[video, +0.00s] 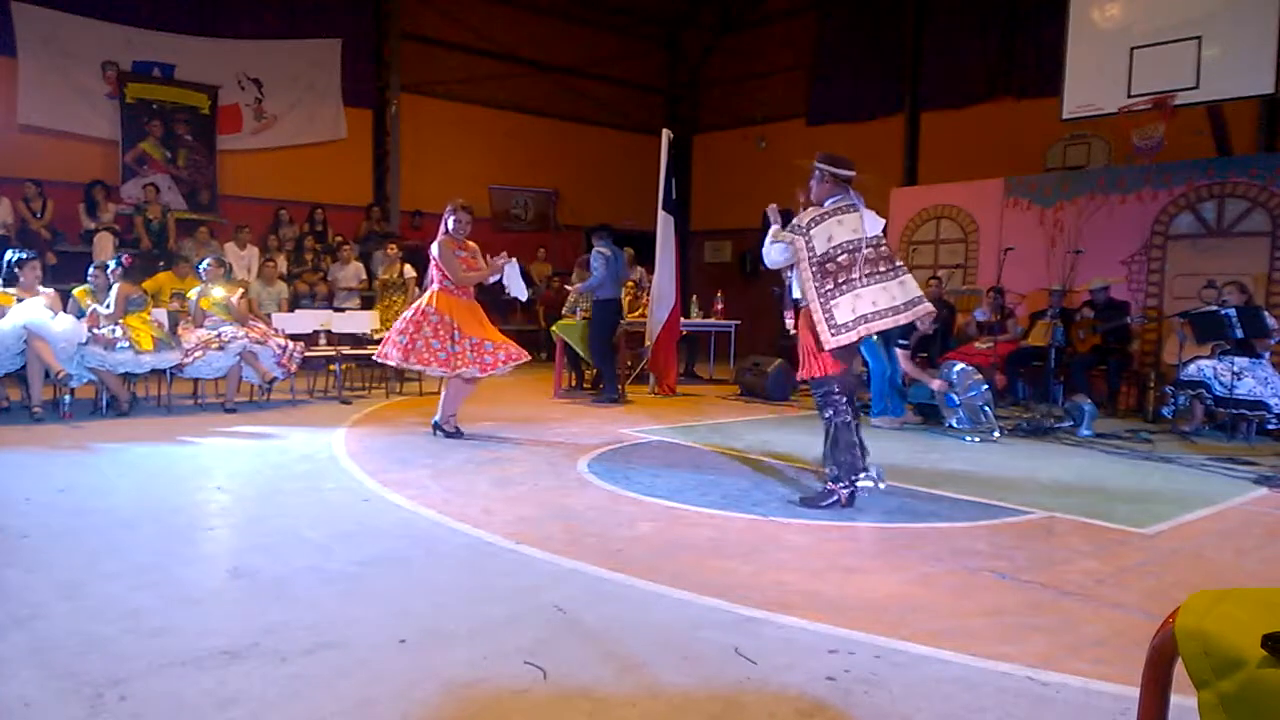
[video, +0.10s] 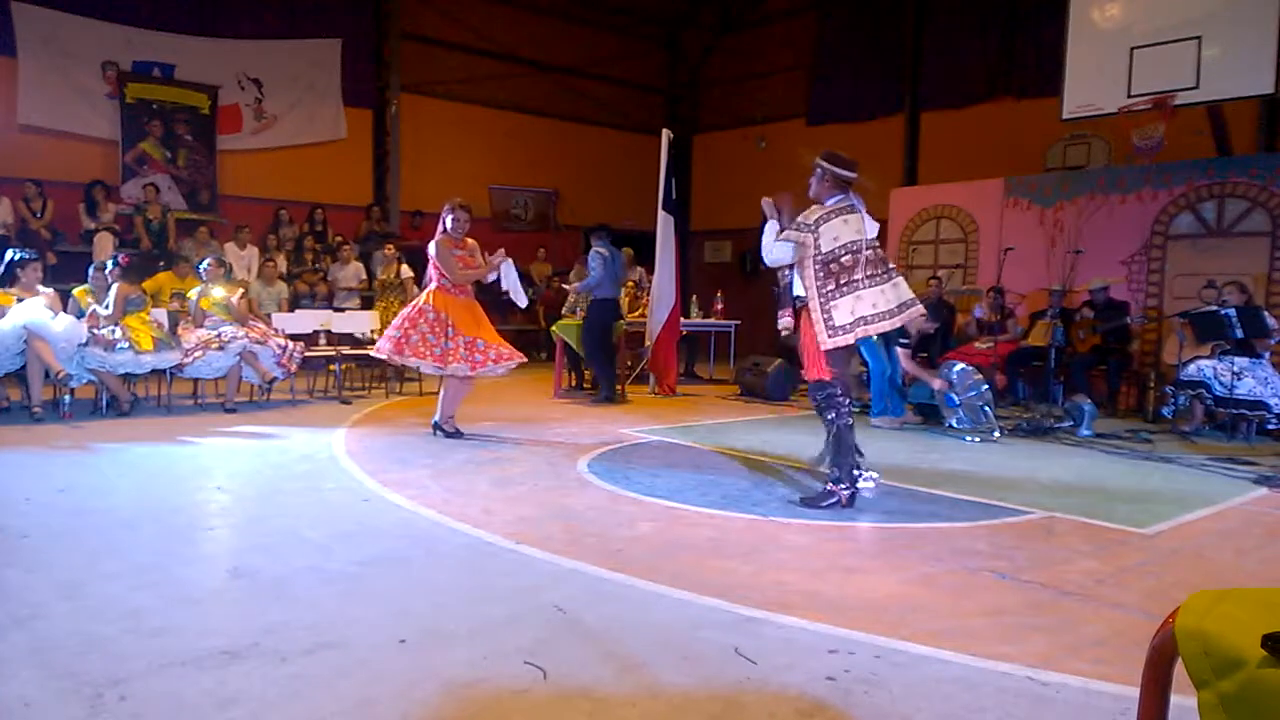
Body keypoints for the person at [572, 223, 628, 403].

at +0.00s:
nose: (593, 242)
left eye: (594, 239)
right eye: (593, 239)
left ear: (598, 239)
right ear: (609, 238)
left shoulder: (598, 252)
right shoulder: (619, 253)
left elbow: (600, 275)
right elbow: (624, 275)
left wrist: (580, 288)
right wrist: (609, 282)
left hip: (602, 302)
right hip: (615, 302)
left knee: (598, 345)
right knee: (606, 345)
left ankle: (610, 389)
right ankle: (610, 387)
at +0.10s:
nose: (592, 242)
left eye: (592, 239)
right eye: (592, 239)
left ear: (595, 238)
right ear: (607, 238)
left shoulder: (596, 252)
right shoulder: (617, 254)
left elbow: (597, 275)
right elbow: (622, 277)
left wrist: (577, 287)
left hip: (599, 302)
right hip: (613, 302)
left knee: (591, 346)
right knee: (606, 345)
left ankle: (606, 388)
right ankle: (608, 388)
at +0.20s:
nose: (589, 242)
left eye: (589, 238)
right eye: (590, 238)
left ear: (591, 238)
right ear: (605, 238)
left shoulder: (592, 252)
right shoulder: (614, 254)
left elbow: (593, 275)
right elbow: (618, 278)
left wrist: (573, 287)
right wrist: (608, 288)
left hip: (595, 302)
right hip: (610, 302)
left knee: (582, 344)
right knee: (606, 345)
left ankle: (589, 387)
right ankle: (608, 386)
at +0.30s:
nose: (586, 242)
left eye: (586, 239)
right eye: (587, 239)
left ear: (588, 239)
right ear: (602, 238)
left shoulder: (588, 252)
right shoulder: (611, 254)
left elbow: (588, 276)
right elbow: (615, 279)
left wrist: (569, 288)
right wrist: (602, 284)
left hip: (591, 302)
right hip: (607, 302)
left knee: (577, 344)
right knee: (604, 346)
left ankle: (576, 387)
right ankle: (608, 387)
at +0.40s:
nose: (582, 242)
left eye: (583, 239)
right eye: (583, 239)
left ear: (585, 239)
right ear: (598, 239)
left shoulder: (583, 253)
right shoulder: (607, 255)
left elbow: (583, 275)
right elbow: (614, 280)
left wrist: (565, 288)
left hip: (587, 302)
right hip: (603, 302)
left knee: (572, 344)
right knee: (603, 346)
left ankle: (562, 388)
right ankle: (608, 388)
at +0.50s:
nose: (578, 241)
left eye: (579, 239)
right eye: (580, 238)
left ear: (579, 239)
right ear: (593, 239)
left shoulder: (576, 253)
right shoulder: (599, 255)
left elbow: (575, 276)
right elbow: (609, 272)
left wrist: (558, 290)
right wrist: (594, 279)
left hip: (580, 302)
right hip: (597, 302)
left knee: (566, 343)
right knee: (600, 346)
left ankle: (558, 387)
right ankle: (607, 388)